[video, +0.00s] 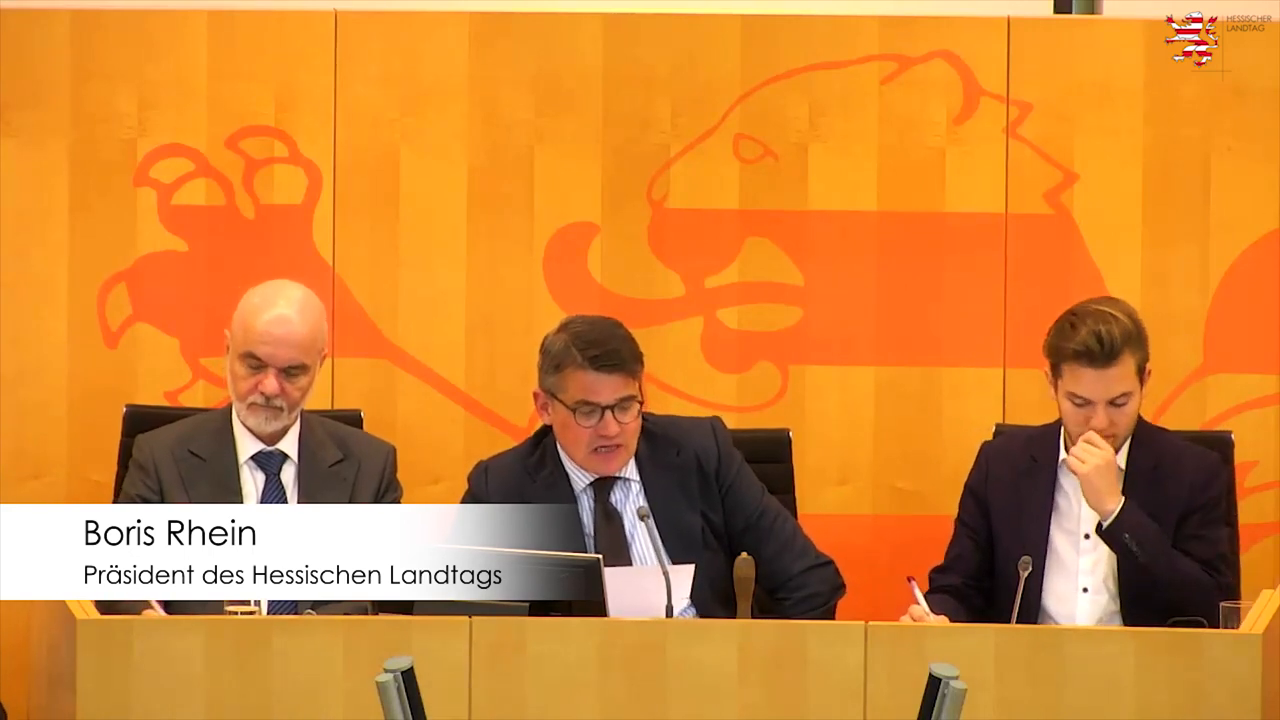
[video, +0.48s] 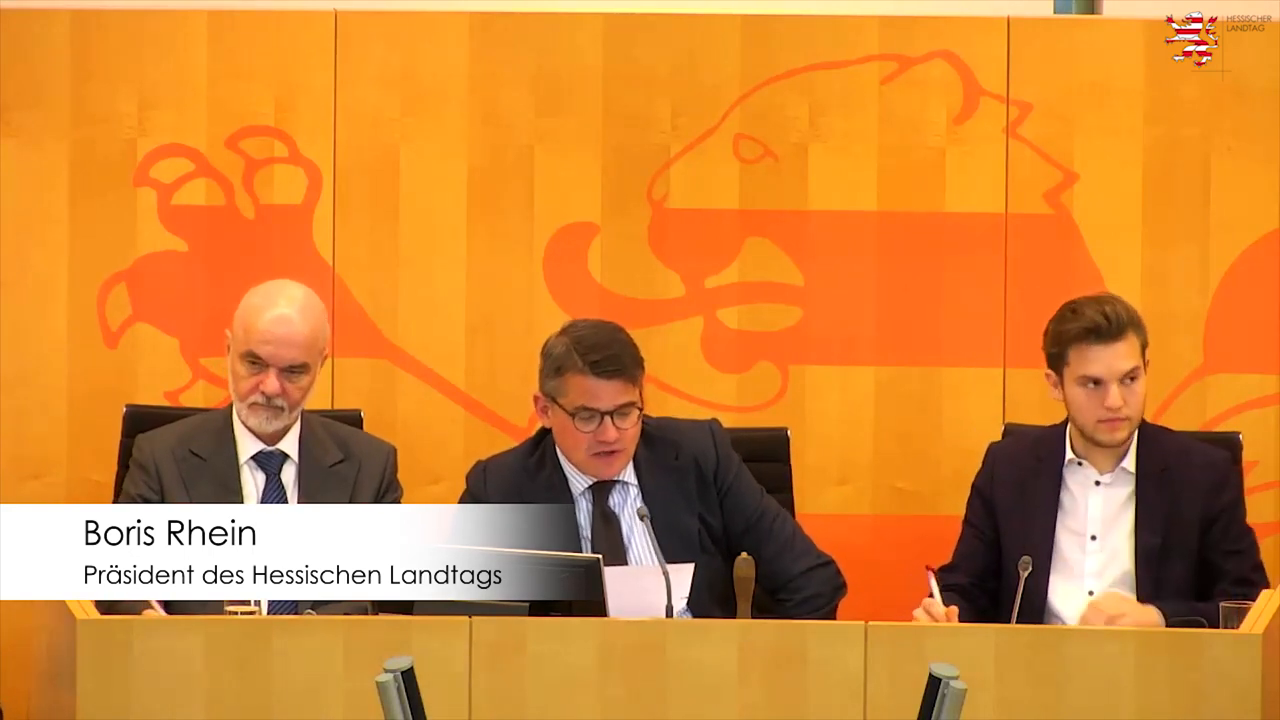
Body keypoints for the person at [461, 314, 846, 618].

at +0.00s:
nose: (609, 429)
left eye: (623, 406)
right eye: (587, 411)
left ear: (641, 391)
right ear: (545, 406)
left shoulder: (704, 452)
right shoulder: (498, 487)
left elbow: (810, 584)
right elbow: (470, 625)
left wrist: (760, 679)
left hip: (705, 672)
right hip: (566, 682)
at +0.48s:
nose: (609, 433)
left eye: (623, 413)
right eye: (586, 417)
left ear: (642, 395)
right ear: (544, 410)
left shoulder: (702, 455)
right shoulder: (496, 488)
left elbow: (811, 582)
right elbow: (461, 624)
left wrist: (764, 678)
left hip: (703, 676)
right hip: (562, 685)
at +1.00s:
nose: (614, 438)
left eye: (630, 416)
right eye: (592, 420)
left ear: (647, 396)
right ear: (550, 409)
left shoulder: (704, 456)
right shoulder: (498, 488)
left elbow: (812, 583)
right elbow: (462, 622)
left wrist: (758, 677)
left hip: (702, 677)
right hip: (562, 686)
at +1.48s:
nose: (617, 440)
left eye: (633, 418)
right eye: (594, 422)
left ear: (650, 398)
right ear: (552, 410)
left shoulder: (705, 457)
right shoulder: (500, 488)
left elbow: (814, 583)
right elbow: (462, 623)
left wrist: (757, 675)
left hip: (702, 678)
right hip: (562, 686)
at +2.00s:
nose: (619, 442)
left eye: (634, 420)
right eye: (596, 423)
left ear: (651, 400)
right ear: (554, 412)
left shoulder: (705, 458)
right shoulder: (500, 488)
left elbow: (814, 583)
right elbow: (460, 622)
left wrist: (757, 677)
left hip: (701, 679)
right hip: (562, 687)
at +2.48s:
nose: (615, 439)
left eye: (631, 418)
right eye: (594, 420)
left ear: (648, 401)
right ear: (552, 409)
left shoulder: (704, 457)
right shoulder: (497, 489)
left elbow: (815, 584)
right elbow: (446, 614)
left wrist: (756, 674)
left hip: (699, 679)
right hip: (560, 685)